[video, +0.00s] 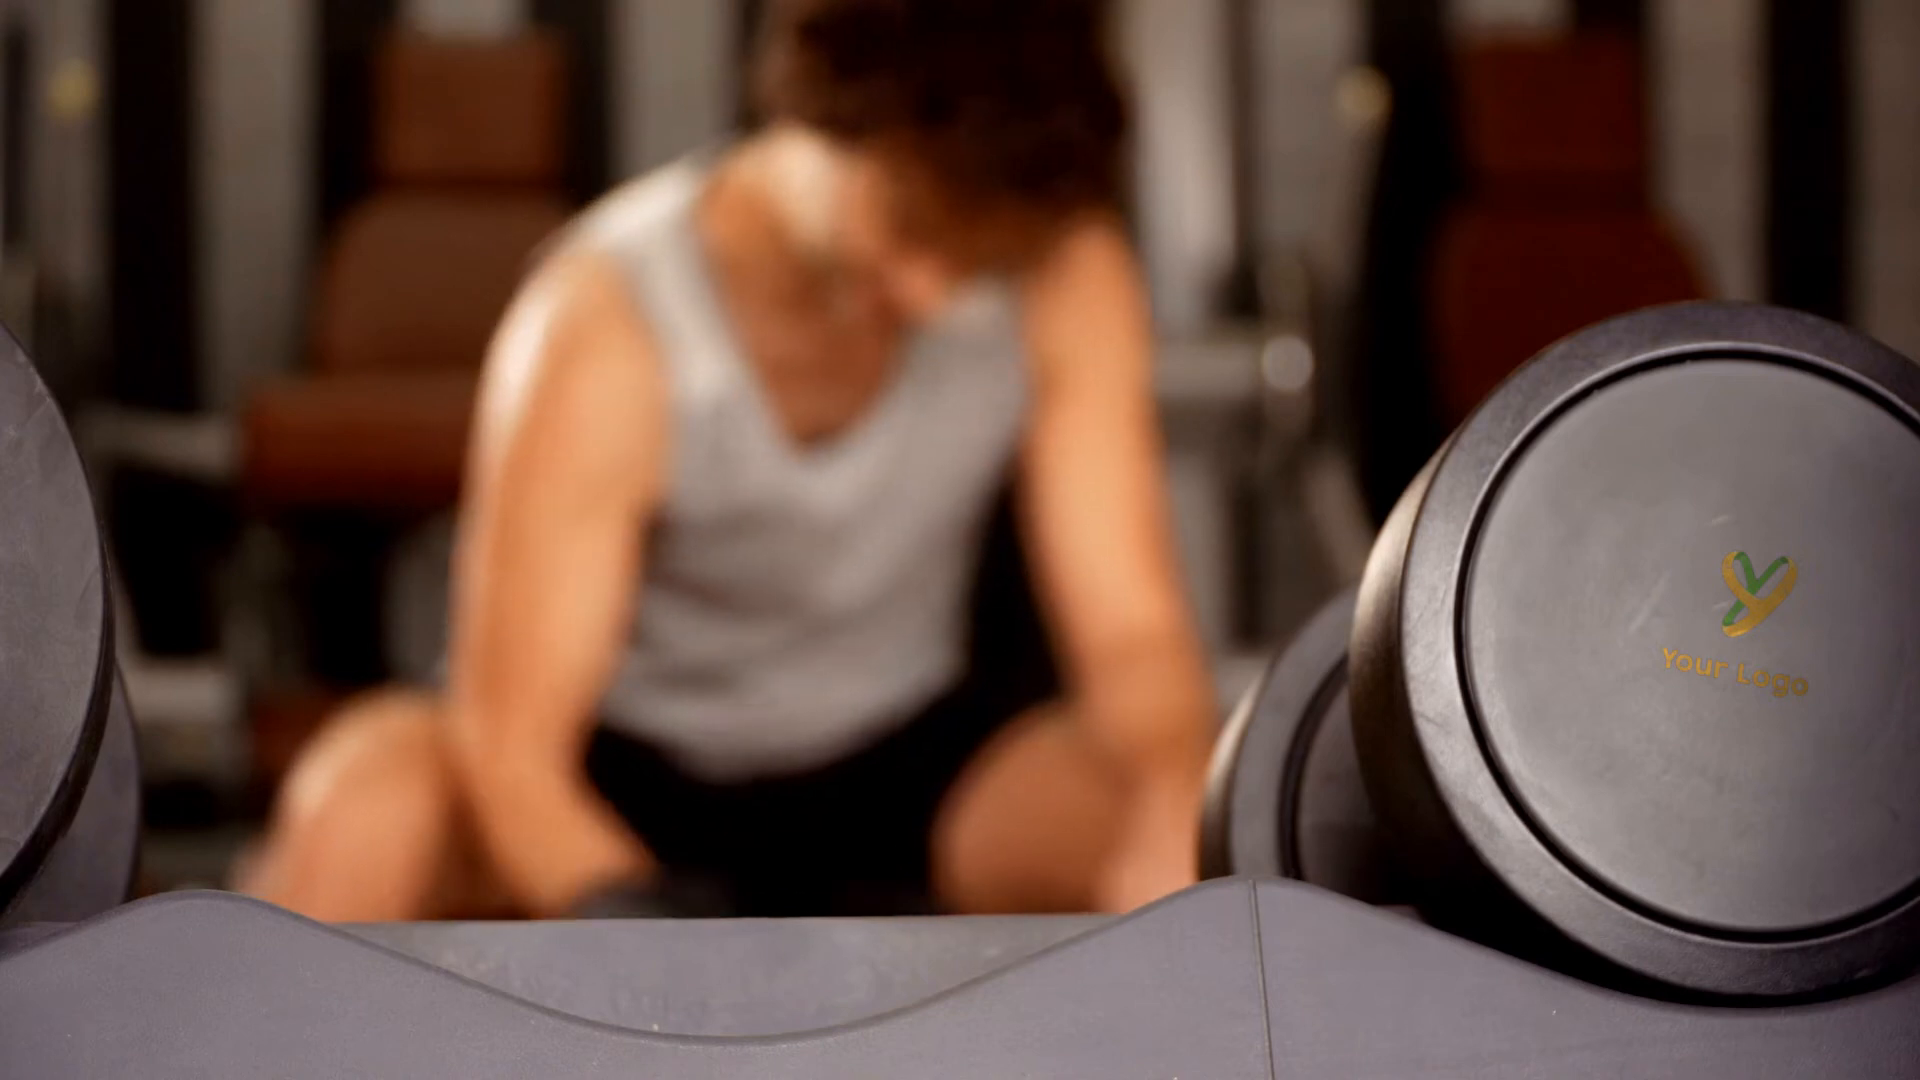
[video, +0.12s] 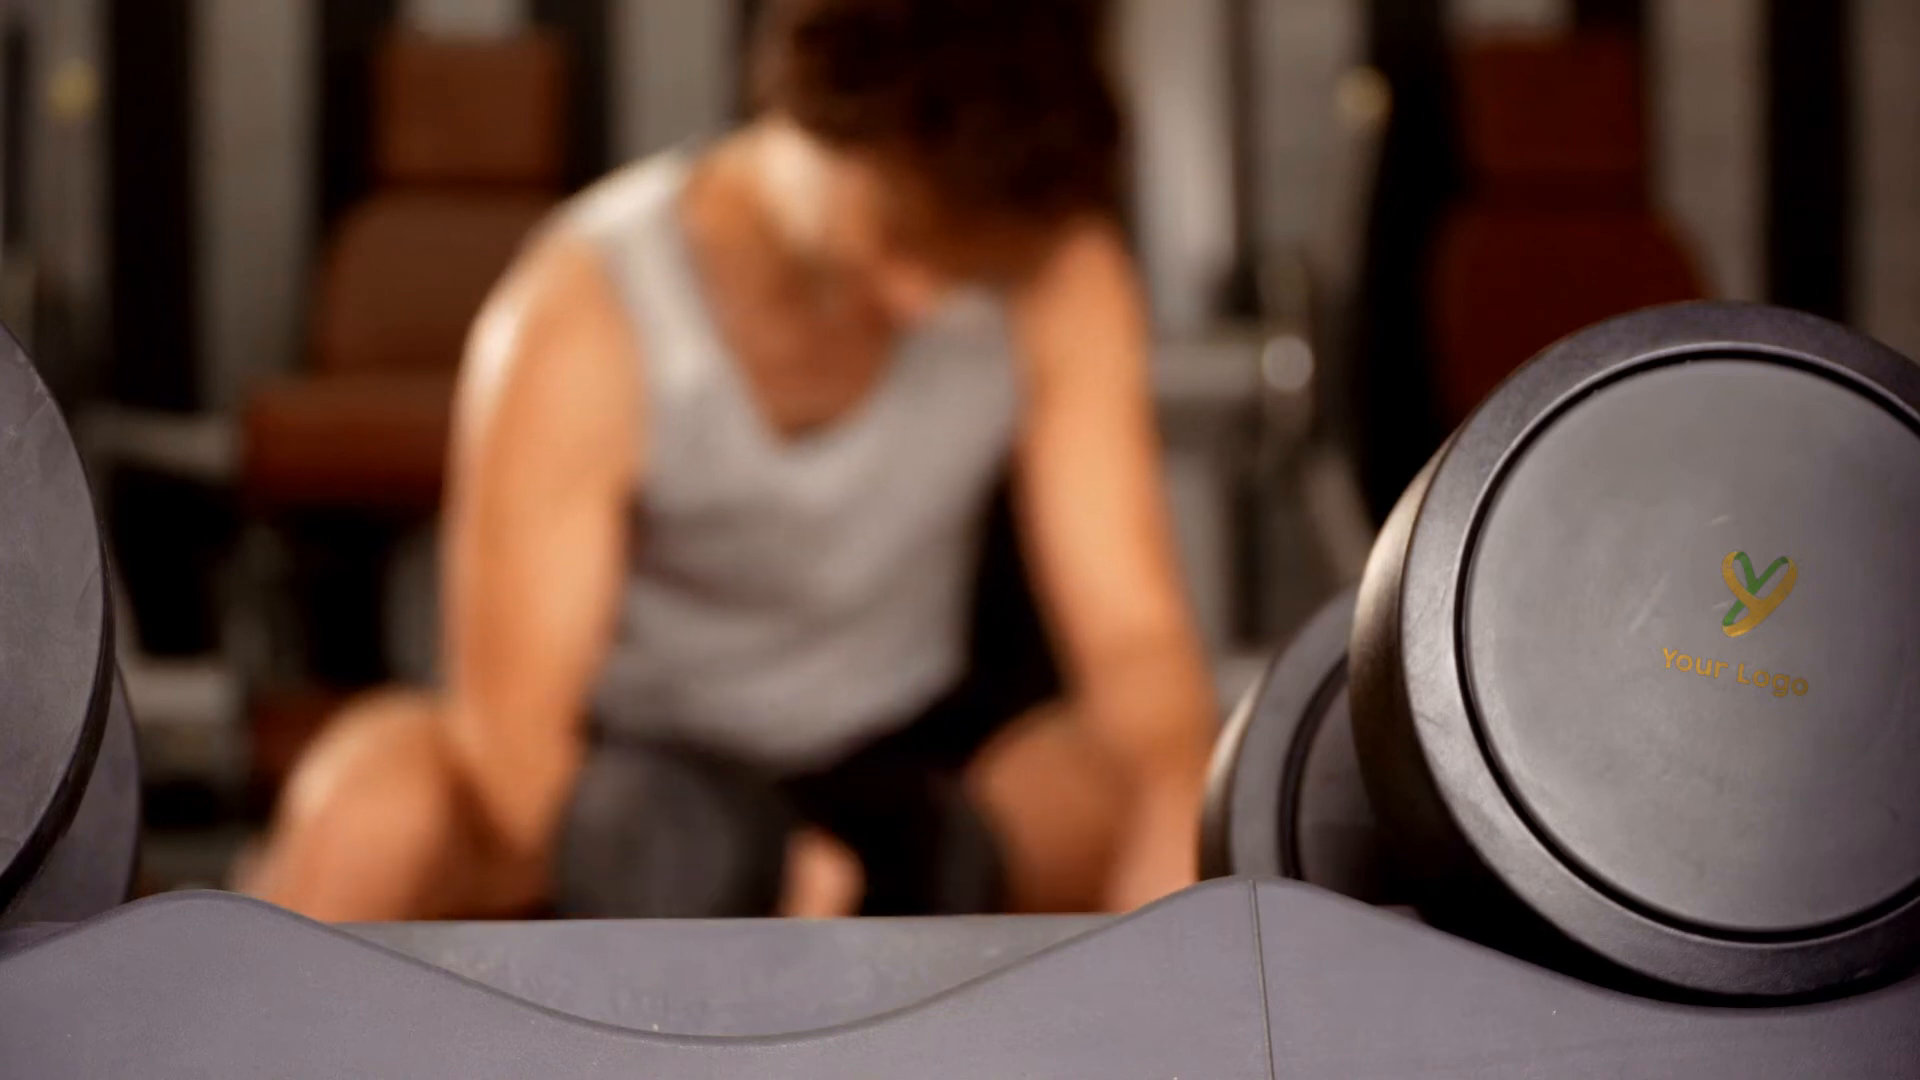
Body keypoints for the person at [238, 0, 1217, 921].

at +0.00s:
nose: (929, 298)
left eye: (980, 262)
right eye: (904, 241)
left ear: (1041, 219)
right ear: (826, 134)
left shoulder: (1057, 260)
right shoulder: (602, 316)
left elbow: (1133, 643)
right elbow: (511, 755)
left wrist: (1172, 839)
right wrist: (674, 956)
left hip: (902, 777)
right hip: (628, 790)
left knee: (1190, 806)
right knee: (367, 784)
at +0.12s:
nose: (923, 303)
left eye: (972, 267)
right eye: (896, 247)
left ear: (1037, 224)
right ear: (817, 135)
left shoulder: (1051, 263)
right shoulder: (578, 313)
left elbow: (1135, 643)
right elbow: (514, 754)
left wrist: (1171, 854)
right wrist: (767, 867)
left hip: (904, 779)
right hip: (619, 783)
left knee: (1199, 780)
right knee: (370, 787)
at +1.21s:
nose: (905, 272)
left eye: (955, 233)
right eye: (879, 215)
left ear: (1010, 180)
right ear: (799, 119)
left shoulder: (1042, 255)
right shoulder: (562, 313)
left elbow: (1126, 631)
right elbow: (514, 764)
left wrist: (1201, 806)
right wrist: (734, 897)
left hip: (907, 770)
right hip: (625, 782)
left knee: (1199, 815)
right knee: (358, 797)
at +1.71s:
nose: (919, 312)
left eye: (973, 267)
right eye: (893, 247)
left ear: (1029, 228)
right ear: (801, 147)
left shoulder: (1049, 271)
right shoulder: (592, 356)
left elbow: (1136, 646)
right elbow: (524, 819)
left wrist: (1213, 845)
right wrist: (554, 1072)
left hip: (902, 784)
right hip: (624, 800)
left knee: (1192, 814)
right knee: (359, 800)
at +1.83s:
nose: (916, 313)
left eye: (967, 269)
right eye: (888, 250)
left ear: (1022, 227)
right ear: (796, 151)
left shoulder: (1045, 271)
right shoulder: (588, 360)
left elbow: (1134, 644)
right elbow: (525, 822)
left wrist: (1217, 837)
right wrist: (541, 1074)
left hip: (901, 783)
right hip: (622, 798)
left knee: (1193, 814)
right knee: (357, 802)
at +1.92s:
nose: (916, 313)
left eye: (966, 268)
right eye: (887, 249)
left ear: (1022, 227)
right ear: (794, 150)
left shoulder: (1044, 269)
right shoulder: (588, 363)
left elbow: (1133, 643)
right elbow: (524, 829)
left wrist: (1207, 837)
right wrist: (537, 1078)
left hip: (901, 783)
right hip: (621, 800)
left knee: (1193, 813)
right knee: (356, 800)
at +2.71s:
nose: (912, 238)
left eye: (961, 192)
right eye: (879, 175)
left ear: (1013, 159)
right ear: (778, 82)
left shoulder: (1044, 256)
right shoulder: (578, 307)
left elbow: (1133, 637)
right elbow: (508, 744)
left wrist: (1182, 851)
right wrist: (721, 897)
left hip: (902, 785)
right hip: (626, 794)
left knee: (1197, 790)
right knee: (369, 793)